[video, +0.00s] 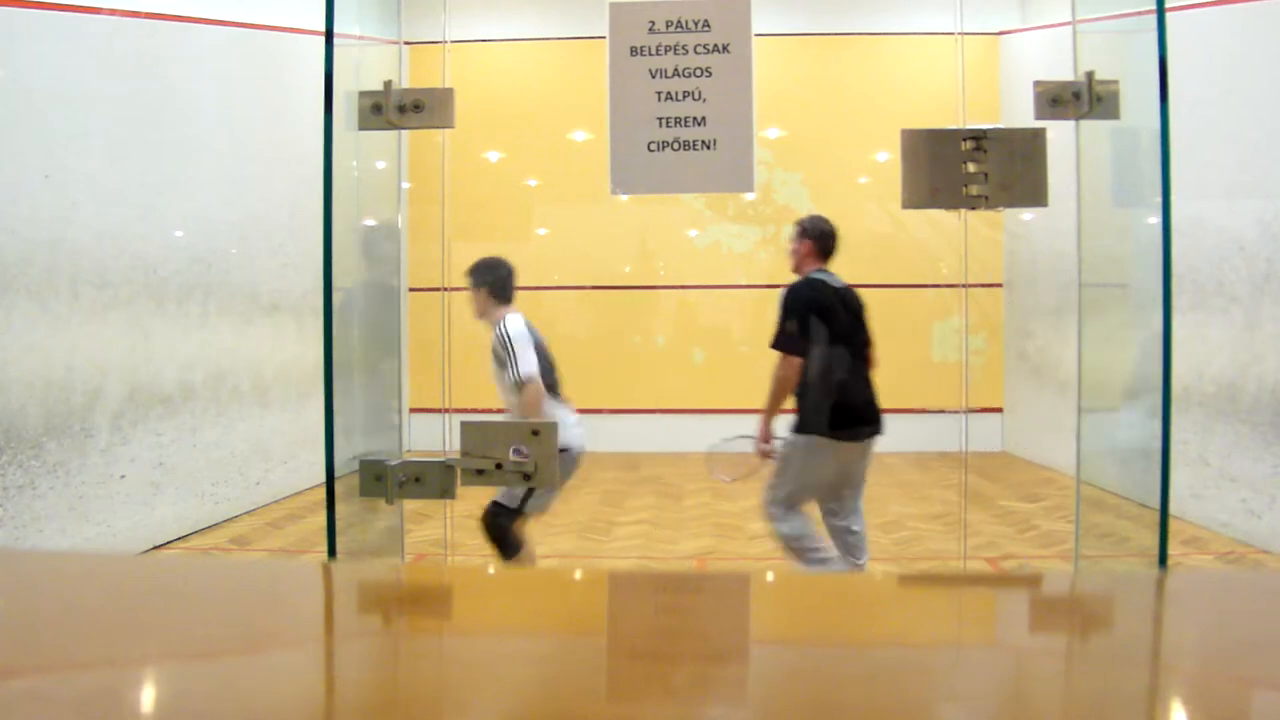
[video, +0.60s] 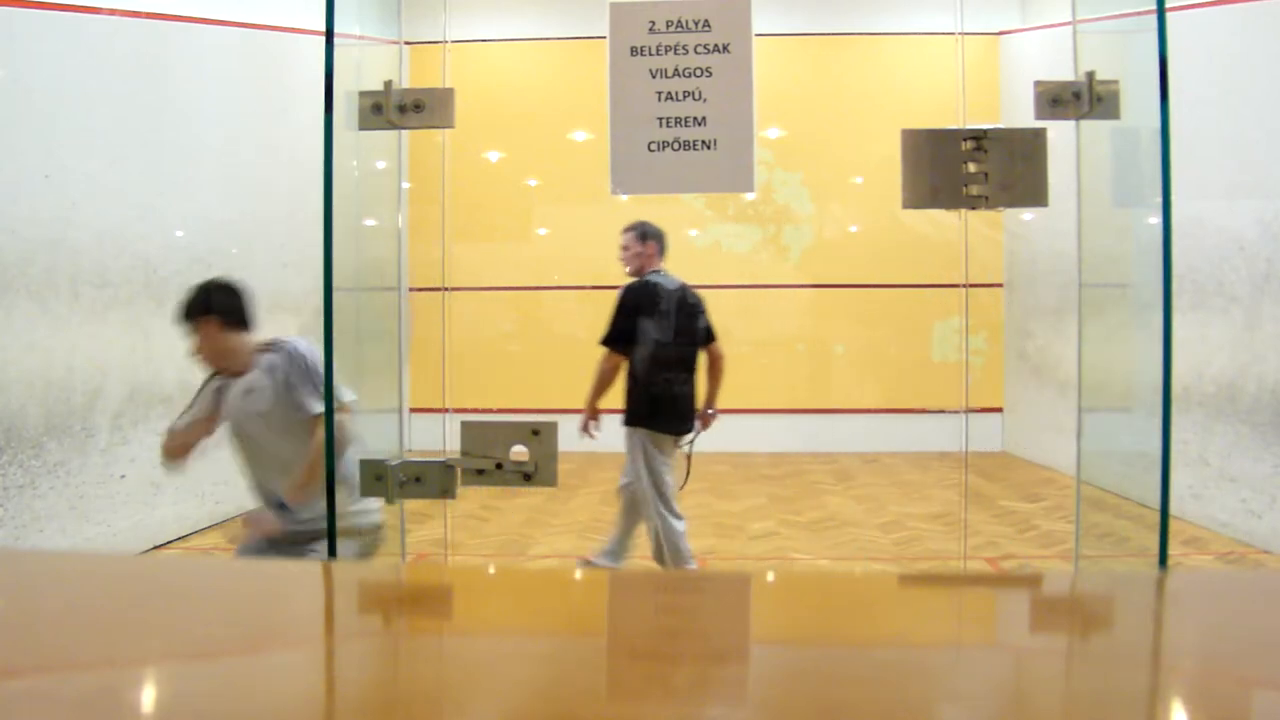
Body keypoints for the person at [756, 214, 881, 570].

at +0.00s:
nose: (790, 249)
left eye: (794, 242)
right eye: (792, 241)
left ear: (807, 246)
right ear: (826, 249)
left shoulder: (801, 293)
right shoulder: (848, 294)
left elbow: (790, 366)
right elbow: (867, 359)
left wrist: (766, 420)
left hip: (821, 427)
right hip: (861, 424)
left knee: (780, 504)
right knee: (842, 507)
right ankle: (858, 581)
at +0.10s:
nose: (759, 250)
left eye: (764, 242)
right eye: (761, 242)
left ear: (781, 245)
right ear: (793, 248)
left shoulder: (776, 291)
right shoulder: (819, 292)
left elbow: (764, 359)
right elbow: (826, 362)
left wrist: (734, 419)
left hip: (791, 424)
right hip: (832, 423)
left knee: (742, 499)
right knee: (837, 511)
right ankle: (858, 589)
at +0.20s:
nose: (730, 254)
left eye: (736, 246)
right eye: (732, 246)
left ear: (757, 249)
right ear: (762, 251)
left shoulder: (749, 295)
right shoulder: (787, 296)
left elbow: (730, 365)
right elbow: (792, 367)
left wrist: (699, 423)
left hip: (756, 429)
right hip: (798, 428)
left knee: (712, 510)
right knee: (818, 513)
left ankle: (687, 592)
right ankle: (847, 590)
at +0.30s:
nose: (701, 256)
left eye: (706, 249)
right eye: (701, 249)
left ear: (728, 250)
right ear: (732, 252)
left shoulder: (718, 296)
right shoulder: (761, 298)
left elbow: (696, 365)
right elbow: (777, 360)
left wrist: (669, 418)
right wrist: (757, 401)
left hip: (719, 426)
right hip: (760, 426)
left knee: (687, 517)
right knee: (768, 505)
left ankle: (682, 602)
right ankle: (823, 570)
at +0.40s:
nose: (672, 253)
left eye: (678, 246)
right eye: (673, 246)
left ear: (701, 247)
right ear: (704, 249)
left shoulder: (688, 294)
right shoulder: (736, 293)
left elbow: (668, 359)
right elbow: (756, 356)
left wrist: (642, 412)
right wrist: (739, 400)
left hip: (693, 414)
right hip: (731, 414)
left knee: (675, 496)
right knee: (708, 485)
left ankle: (681, 579)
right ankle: (762, 554)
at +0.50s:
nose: (647, 254)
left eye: (652, 246)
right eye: (647, 247)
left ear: (677, 245)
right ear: (681, 247)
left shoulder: (662, 291)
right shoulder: (713, 292)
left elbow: (641, 355)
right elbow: (736, 353)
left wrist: (616, 407)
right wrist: (726, 400)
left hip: (669, 409)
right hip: (706, 410)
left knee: (670, 497)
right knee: (671, 492)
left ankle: (687, 577)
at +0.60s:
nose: (623, 258)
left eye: (628, 251)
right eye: (622, 251)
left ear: (652, 250)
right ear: (654, 252)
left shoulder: (636, 293)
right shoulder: (688, 295)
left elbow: (615, 357)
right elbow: (715, 355)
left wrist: (591, 404)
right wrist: (710, 406)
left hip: (646, 411)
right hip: (679, 413)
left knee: (658, 499)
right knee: (633, 489)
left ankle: (682, 574)